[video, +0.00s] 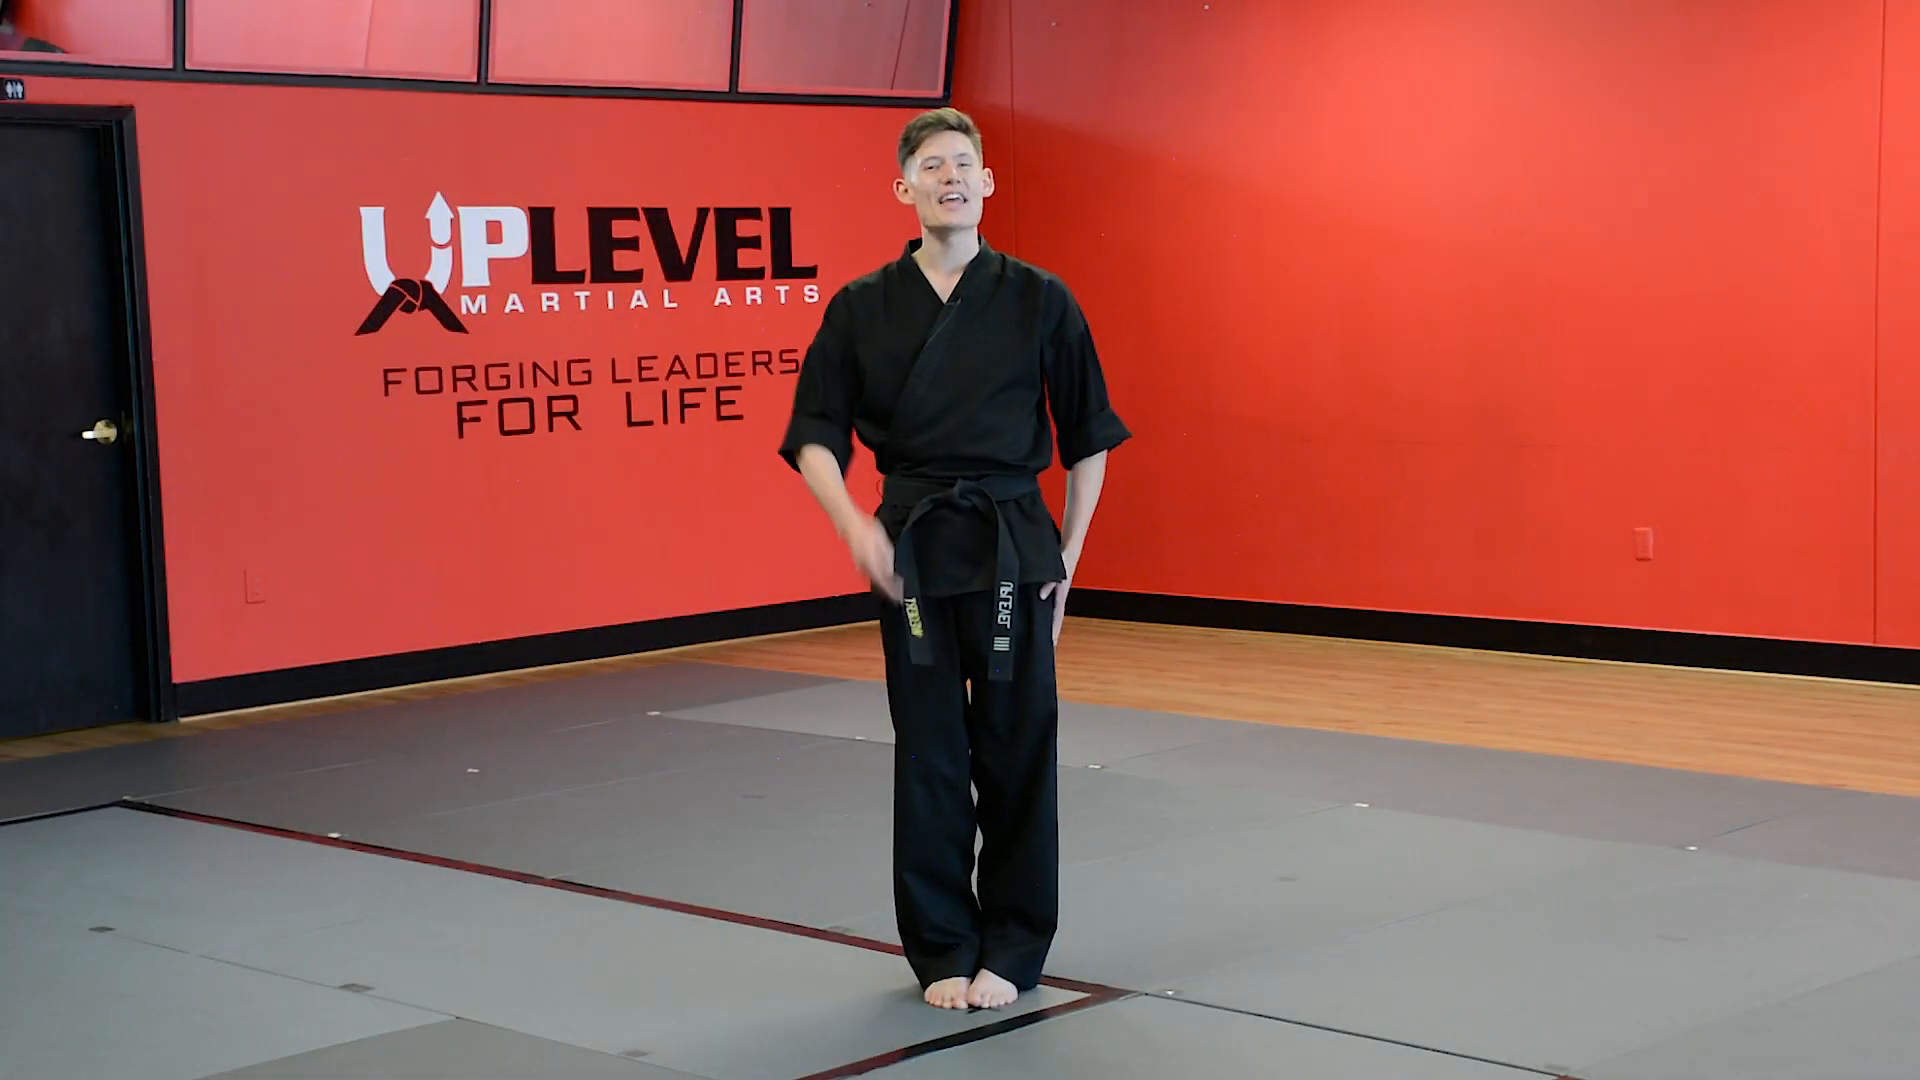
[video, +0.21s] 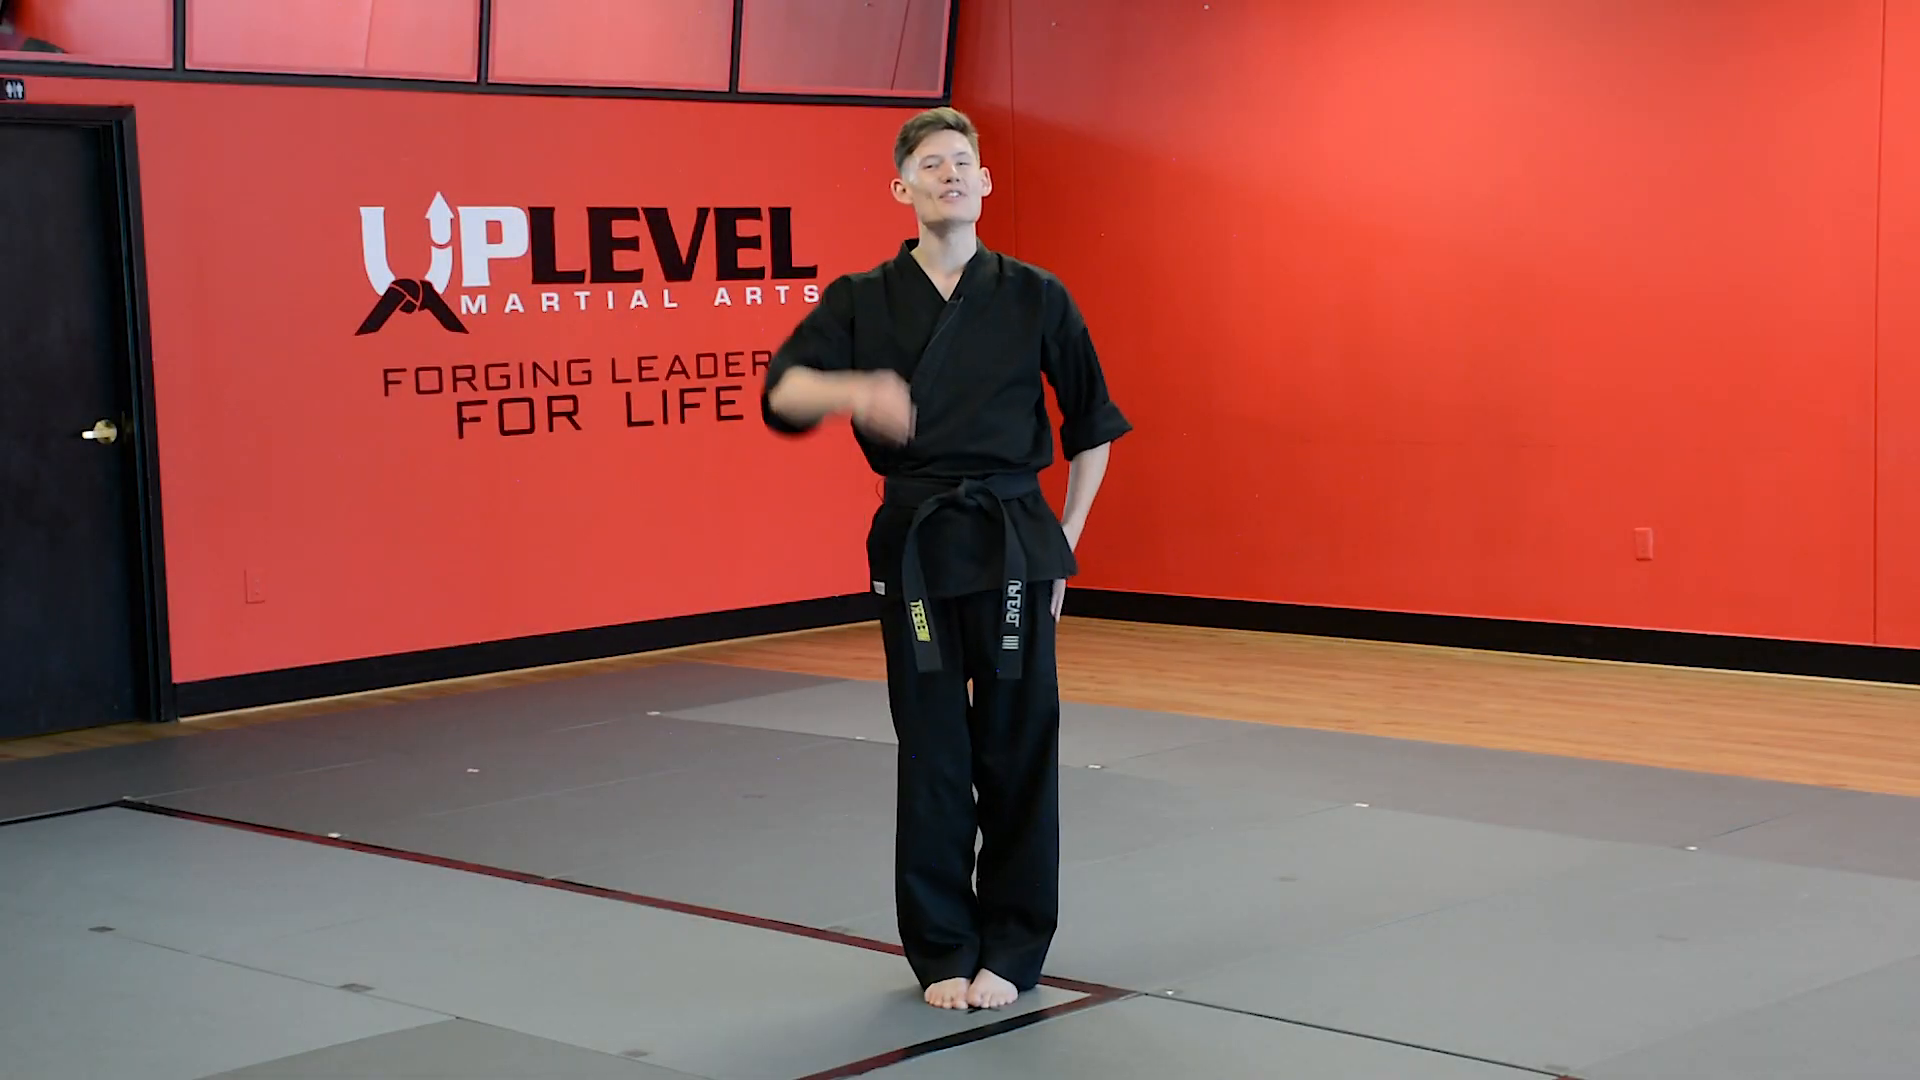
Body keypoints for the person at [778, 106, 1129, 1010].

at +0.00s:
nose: (953, 177)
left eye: (966, 165)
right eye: (934, 166)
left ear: (987, 183)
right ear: (905, 187)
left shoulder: (1039, 297)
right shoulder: (860, 306)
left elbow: (1087, 437)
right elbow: (812, 439)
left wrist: (1070, 556)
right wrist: (857, 529)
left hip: (1017, 536)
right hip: (914, 539)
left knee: (1016, 761)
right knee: (929, 762)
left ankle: (1011, 955)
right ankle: (943, 955)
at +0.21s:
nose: (952, 171)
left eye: (963, 160)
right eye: (932, 162)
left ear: (985, 182)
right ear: (902, 189)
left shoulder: (1037, 295)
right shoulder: (859, 299)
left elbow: (1093, 420)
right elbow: (781, 394)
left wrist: (1068, 534)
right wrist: (852, 392)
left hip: (1016, 537)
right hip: (915, 540)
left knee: (1018, 759)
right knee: (932, 759)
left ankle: (1011, 956)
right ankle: (943, 957)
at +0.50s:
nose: (965, 168)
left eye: (972, 157)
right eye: (942, 158)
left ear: (987, 180)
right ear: (903, 182)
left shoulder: (1030, 294)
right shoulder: (871, 293)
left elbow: (1085, 409)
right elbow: (766, 322)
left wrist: (1060, 516)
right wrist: (852, 264)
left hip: (1018, 537)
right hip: (919, 541)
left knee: (1022, 759)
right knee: (940, 760)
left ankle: (1010, 957)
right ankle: (944, 958)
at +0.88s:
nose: (966, 162)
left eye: (974, 151)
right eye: (943, 153)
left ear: (989, 175)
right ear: (907, 181)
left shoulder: (1029, 285)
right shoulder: (880, 281)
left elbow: (1080, 393)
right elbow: (813, 312)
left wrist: (1057, 506)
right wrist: (874, 260)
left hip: (1015, 534)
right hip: (916, 538)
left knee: (1018, 759)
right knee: (932, 761)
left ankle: (1012, 953)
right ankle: (941, 956)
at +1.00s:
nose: (960, 164)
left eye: (970, 152)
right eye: (938, 154)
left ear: (990, 172)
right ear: (906, 180)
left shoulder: (1030, 283)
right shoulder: (870, 281)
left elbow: (1086, 393)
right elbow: (878, 365)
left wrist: (1054, 502)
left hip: (1014, 531)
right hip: (915, 536)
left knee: (1018, 758)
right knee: (928, 761)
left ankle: (1013, 954)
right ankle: (939, 953)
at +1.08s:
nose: (955, 166)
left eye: (967, 154)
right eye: (935, 157)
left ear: (992, 175)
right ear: (906, 184)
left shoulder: (1035, 284)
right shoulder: (873, 290)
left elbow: (1088, 392)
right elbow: (874, 408)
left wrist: (1058, 499)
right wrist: (923, 491)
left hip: (1015, 532)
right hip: (918, 534)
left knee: (1017, 758)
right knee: (926, 760)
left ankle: (1014, 957)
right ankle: (939, 956)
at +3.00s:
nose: (960, 196)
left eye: (975, 179)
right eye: (944, 180)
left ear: (1004, 188)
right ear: (922, 192)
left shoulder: (1054, 297)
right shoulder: (884, 296)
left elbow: (1107, 432)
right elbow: (855, 438)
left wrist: (1064, 547)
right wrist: (870, 553)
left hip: (1017, 545)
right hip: (915, 545)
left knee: (1021, 766)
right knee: (927, 765)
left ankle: (1011, 955)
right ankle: (945, 953)